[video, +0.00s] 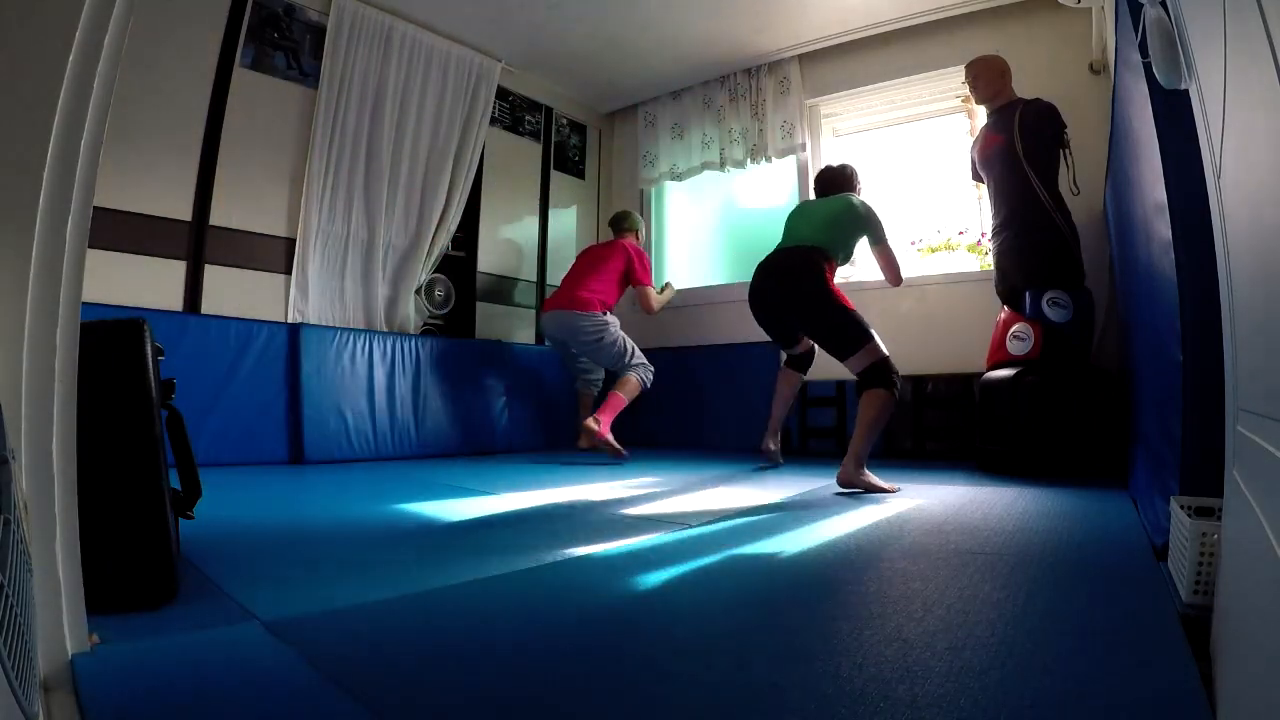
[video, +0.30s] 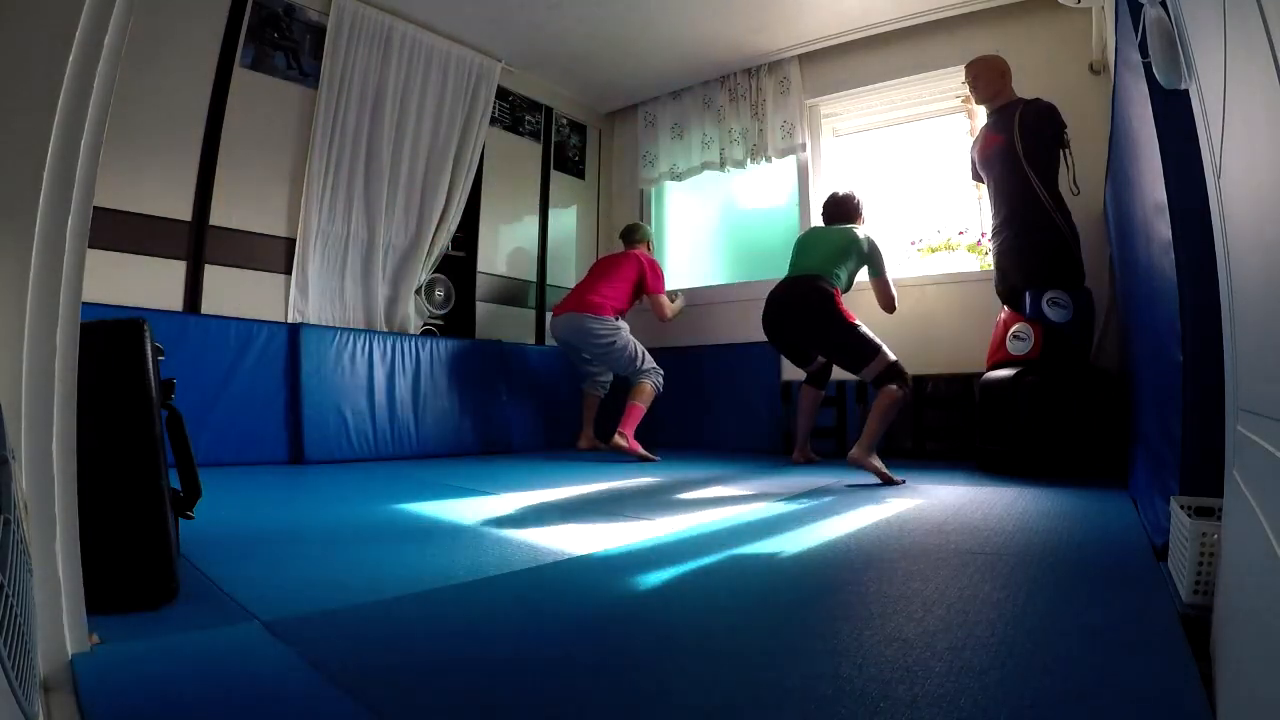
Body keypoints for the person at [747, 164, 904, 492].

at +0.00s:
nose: (860, 192)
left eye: (859, 187)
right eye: (859, 187)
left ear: (819, 191)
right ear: (853, 189)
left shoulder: (802, 208)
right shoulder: (859, 208)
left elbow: (795, 254)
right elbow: (894, 278)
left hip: (763, 287)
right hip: (808, 286)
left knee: (801, 352)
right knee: (881, 377)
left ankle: (771, 437)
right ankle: (854, 467)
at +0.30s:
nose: (864, 221)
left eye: (862, 217)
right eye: (863, 217)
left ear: (825, 219)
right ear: (858, 218)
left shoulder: (806, 237)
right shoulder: (863, 240)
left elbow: (799, 278)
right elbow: (888, 304)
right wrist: (882, 276)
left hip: (777, 311)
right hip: (819, 308)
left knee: (818, 368)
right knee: (895, 381)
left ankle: (801, 449)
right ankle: (864, 450)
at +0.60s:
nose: (867, 204)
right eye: (866, 201)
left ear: (832, 208)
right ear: (864, 206)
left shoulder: (815, 223)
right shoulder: (876, 224)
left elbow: (807, 260)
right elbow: (904, 292)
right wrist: (895, 263)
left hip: (783, 292)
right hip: (827, 291)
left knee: (817, 360)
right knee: (897, 381)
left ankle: (801, 445)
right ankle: (876, 465)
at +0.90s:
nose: (868, 200)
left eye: (865, 195)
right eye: (866, 196)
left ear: (829, 204)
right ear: (862, 201)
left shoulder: (811, 220)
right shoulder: (868, 218)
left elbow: (805, 261)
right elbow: (905, 288)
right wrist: (890, 261)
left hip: (765, 295)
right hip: (809, 293)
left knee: (809, 366)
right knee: (890, 376)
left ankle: (779, 453)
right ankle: (865, 470)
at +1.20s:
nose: (859, 191)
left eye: (857, 186)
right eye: (857, 187)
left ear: (816, 192)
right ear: (850, 190)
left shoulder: (797, 210)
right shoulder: (851, 207)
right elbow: (896, 276)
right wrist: (871, 242)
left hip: (733, 291)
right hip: (777, 281)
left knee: (792, 368)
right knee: (880, 348)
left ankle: (748, 457)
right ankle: (860, 457)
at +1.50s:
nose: (843, 172)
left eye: (841, 166)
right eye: (841, 167)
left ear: (799, 170)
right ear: (834, 168)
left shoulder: (780, 191)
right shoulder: (837, 186)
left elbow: (797, 271)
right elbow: (880, 264)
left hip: (702, 270)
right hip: (750, 263)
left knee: (763, 356)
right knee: (854, 347)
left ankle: (715, 454)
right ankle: (816, 479)